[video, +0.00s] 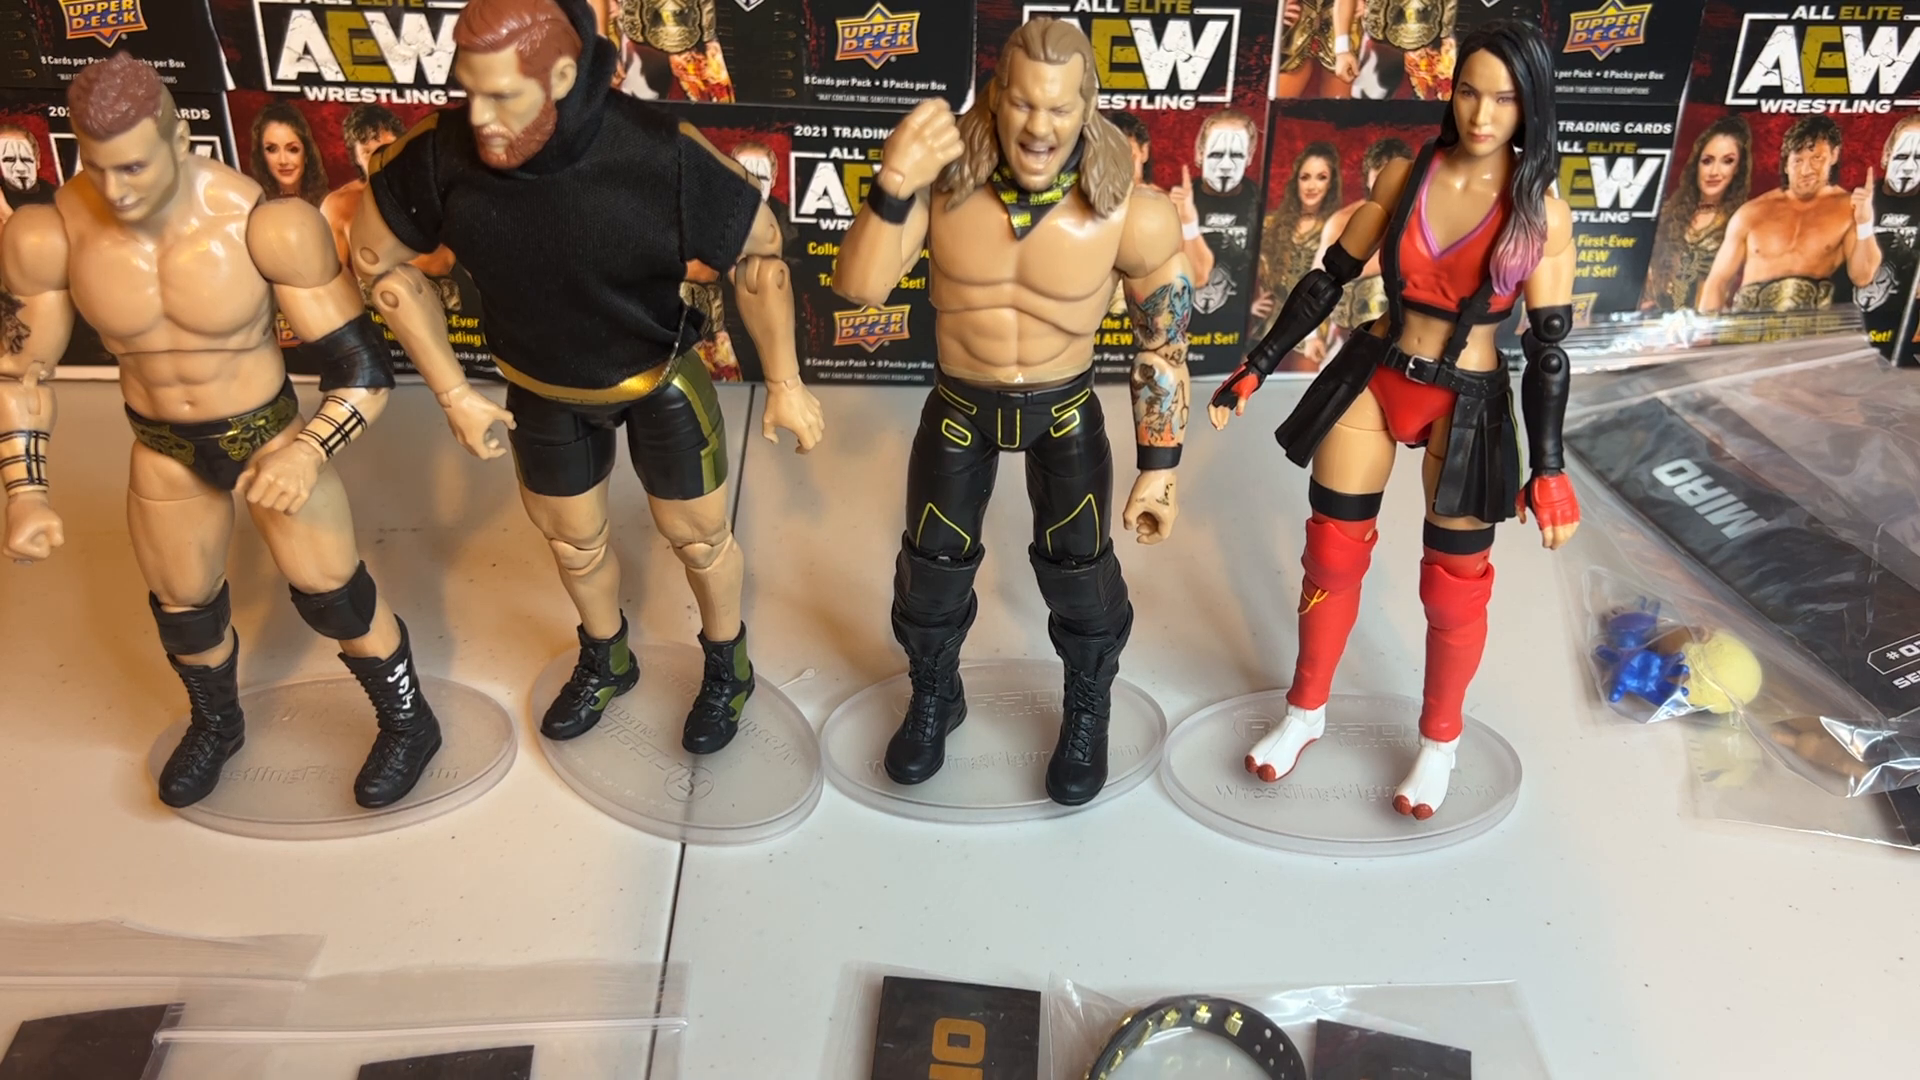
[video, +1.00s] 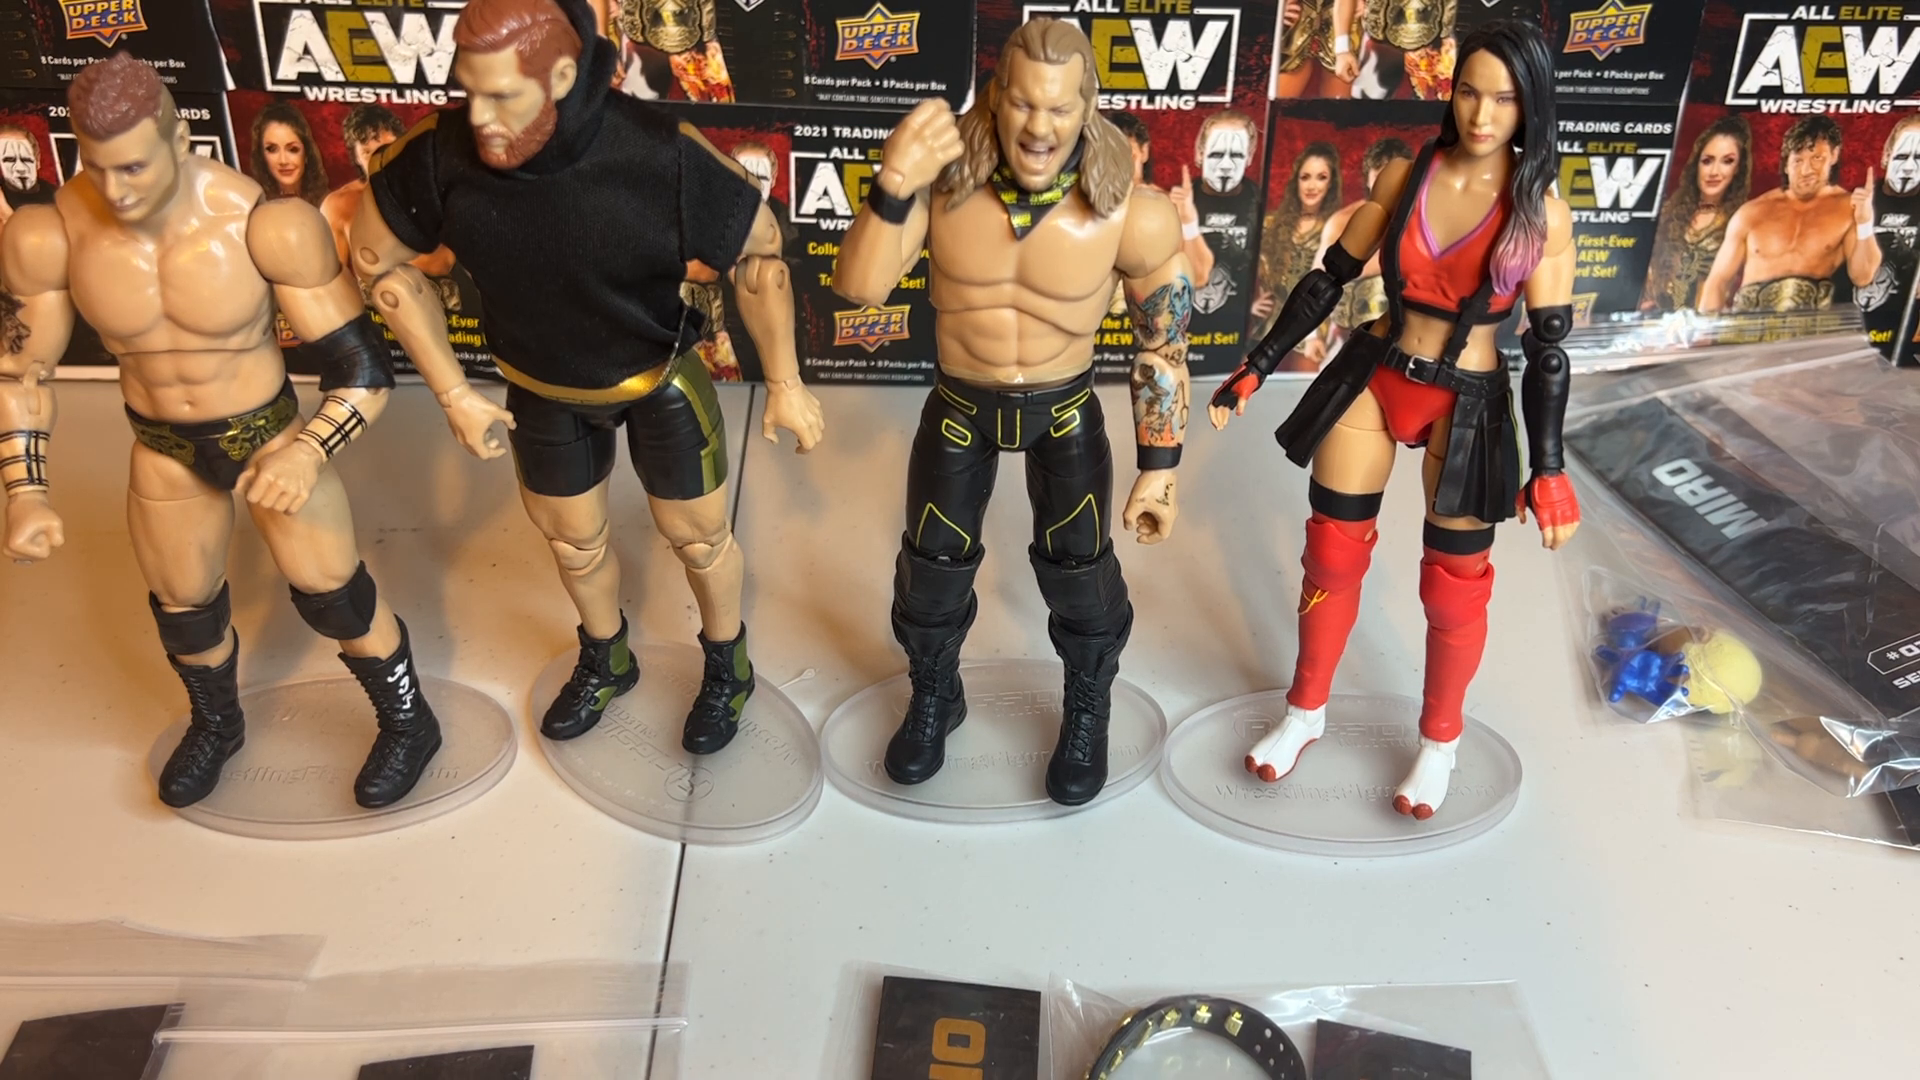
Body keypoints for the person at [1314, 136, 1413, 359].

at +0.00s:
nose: (1388, 180)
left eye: (1396, 173)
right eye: (1381, 170)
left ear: (1410, 177)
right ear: (1368, 175)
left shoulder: (1416, 216)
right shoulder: (1344, 220)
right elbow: (1321, 276)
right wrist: (1314, 333)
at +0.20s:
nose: (1388, 180)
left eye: (1396, 173)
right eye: (1381, 171)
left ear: (1410, 177)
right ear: (1368, 175)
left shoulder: (1416, 216)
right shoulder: (1344, 220)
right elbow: (1321, 276)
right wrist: (1314, 333)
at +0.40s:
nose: (1389, 181)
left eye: (1397, 174)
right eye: (1381, 171)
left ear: (1410, 177)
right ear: (1368, 175)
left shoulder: (1417, 216)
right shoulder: (1343, 220)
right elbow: (1321, 276)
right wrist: (1314, 334)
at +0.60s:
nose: (1388, 181)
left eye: (1396, 174)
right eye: (1381, 172)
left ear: (1410, 177)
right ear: (1368, 175)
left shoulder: (1416, 215)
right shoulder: (1343, 220)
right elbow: (1321, 276)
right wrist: (1315, 334)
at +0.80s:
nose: (1388, 180)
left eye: (1396, 173)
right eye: (1381, 171)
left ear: (1410, 177)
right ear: (1368, 174)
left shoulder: (1416, 215)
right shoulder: (1344, 220)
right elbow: (1321, 275)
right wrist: (1314, 334)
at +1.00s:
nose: (1389, 181)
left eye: (1397, 174)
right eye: (1381, 171)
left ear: (1410, 177)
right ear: (1368, 175)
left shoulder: (1417, 216)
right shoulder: (1343, 221)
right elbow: (1322, 277)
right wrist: (1315, 335)